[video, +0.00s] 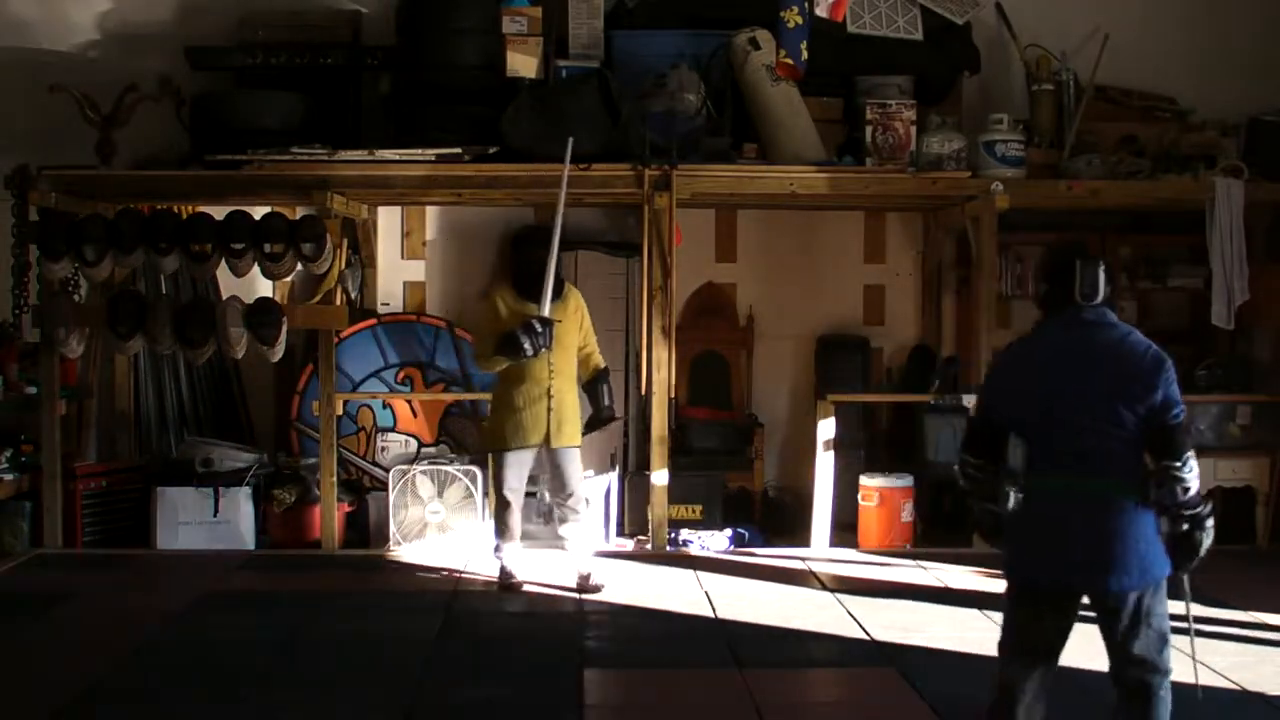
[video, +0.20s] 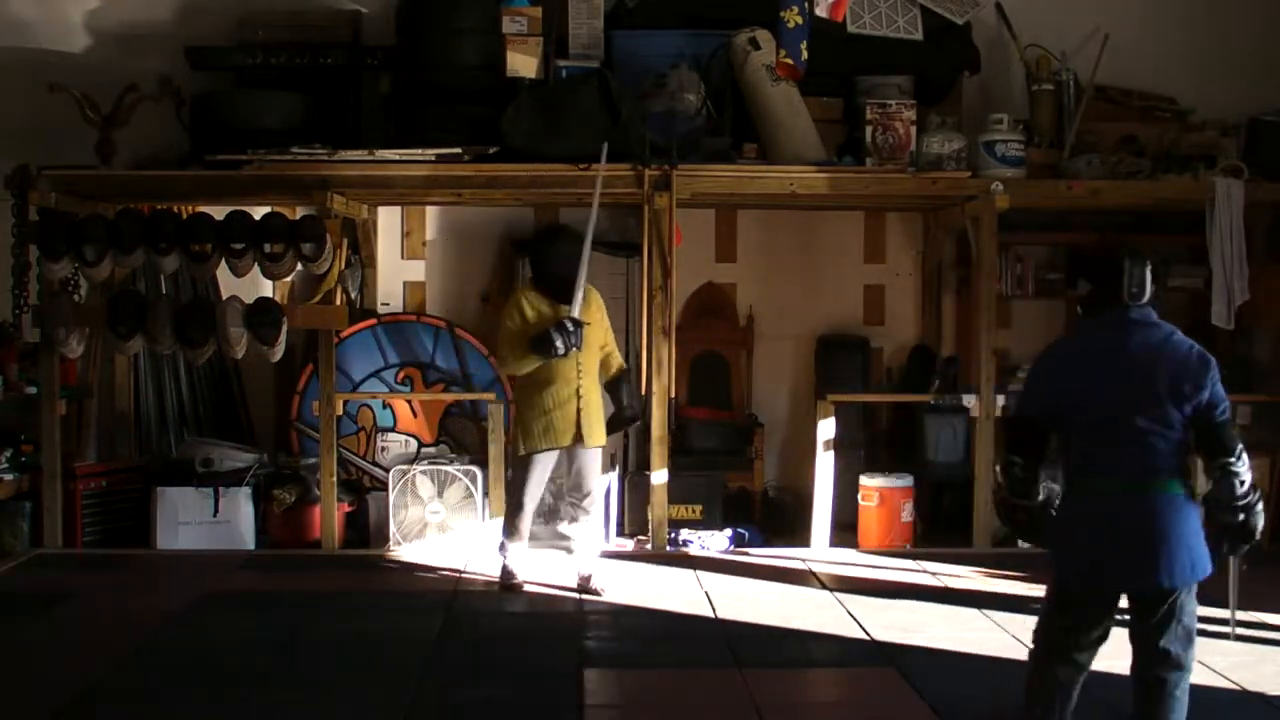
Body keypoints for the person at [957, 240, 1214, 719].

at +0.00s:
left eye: (1044, 288)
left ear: (1044, 292)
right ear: (1104, 291)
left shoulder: (1018, 358)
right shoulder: (1145, 359)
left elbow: (980, 453)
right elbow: (1175, 464)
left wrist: (989, 516)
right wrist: (1190, 523)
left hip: (1041, 530)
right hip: (1124, 535)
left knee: (1022, 670)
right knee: (1145, 678)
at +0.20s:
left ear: (1089, 291)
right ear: (1148, 289)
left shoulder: (1063, 355)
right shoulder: (1187, 358)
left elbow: (1024, 445)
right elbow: (1225, 453)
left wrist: (1025, 510)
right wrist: (1241, 517)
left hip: (1084, 527)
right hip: (1163, 530)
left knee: (1060, 656)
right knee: (1165, 668)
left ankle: (1040, 716)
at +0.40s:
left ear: (1117, 289)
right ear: (1172, 288)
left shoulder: (1088, 352)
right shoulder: (1207, 355)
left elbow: (1044, 439)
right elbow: (1242, 444)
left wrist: (1052, 494)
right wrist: (1250, 494)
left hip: (1101, 519)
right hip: (1179, 521)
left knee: (1101, 658)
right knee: (1172, 659)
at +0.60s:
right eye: (1176, 285)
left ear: (1124, 289)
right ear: (1179, 290)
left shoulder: (1094, 353)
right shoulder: (1210, 357)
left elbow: (1054, 440)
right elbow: (1246, 455)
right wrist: (1263, 455)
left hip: (1112, 518)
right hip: (1187, 521)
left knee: (1118, 647)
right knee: (1178, 652)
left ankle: (1123, 715)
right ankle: (1167, 719)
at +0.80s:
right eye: (1171, 283)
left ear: (1119, 290)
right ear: (1175, 288)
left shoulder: (1094, 353)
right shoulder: (1212, 349)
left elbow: (1058, 444)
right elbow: (1257, 440)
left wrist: (1064, 502)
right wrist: (1264, 434)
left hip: (1123, 512)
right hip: (1197, 514)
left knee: (1124, 646)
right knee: (1195, 644)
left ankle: (1129, 714)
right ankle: (1180, 715)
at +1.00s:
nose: (1125, 299)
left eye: (1128, 291)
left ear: (1132, 293)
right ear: (1186, 290)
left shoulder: (1115, 353)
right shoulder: (1224, 347)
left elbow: (1081, 440)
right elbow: (1267, 434)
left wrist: (1080, 500)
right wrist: (1251, 447)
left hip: (1142, 515)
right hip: (1218, 514)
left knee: (1132, 648)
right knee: (1240, 640)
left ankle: (1130, 718)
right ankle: (1247, 715)